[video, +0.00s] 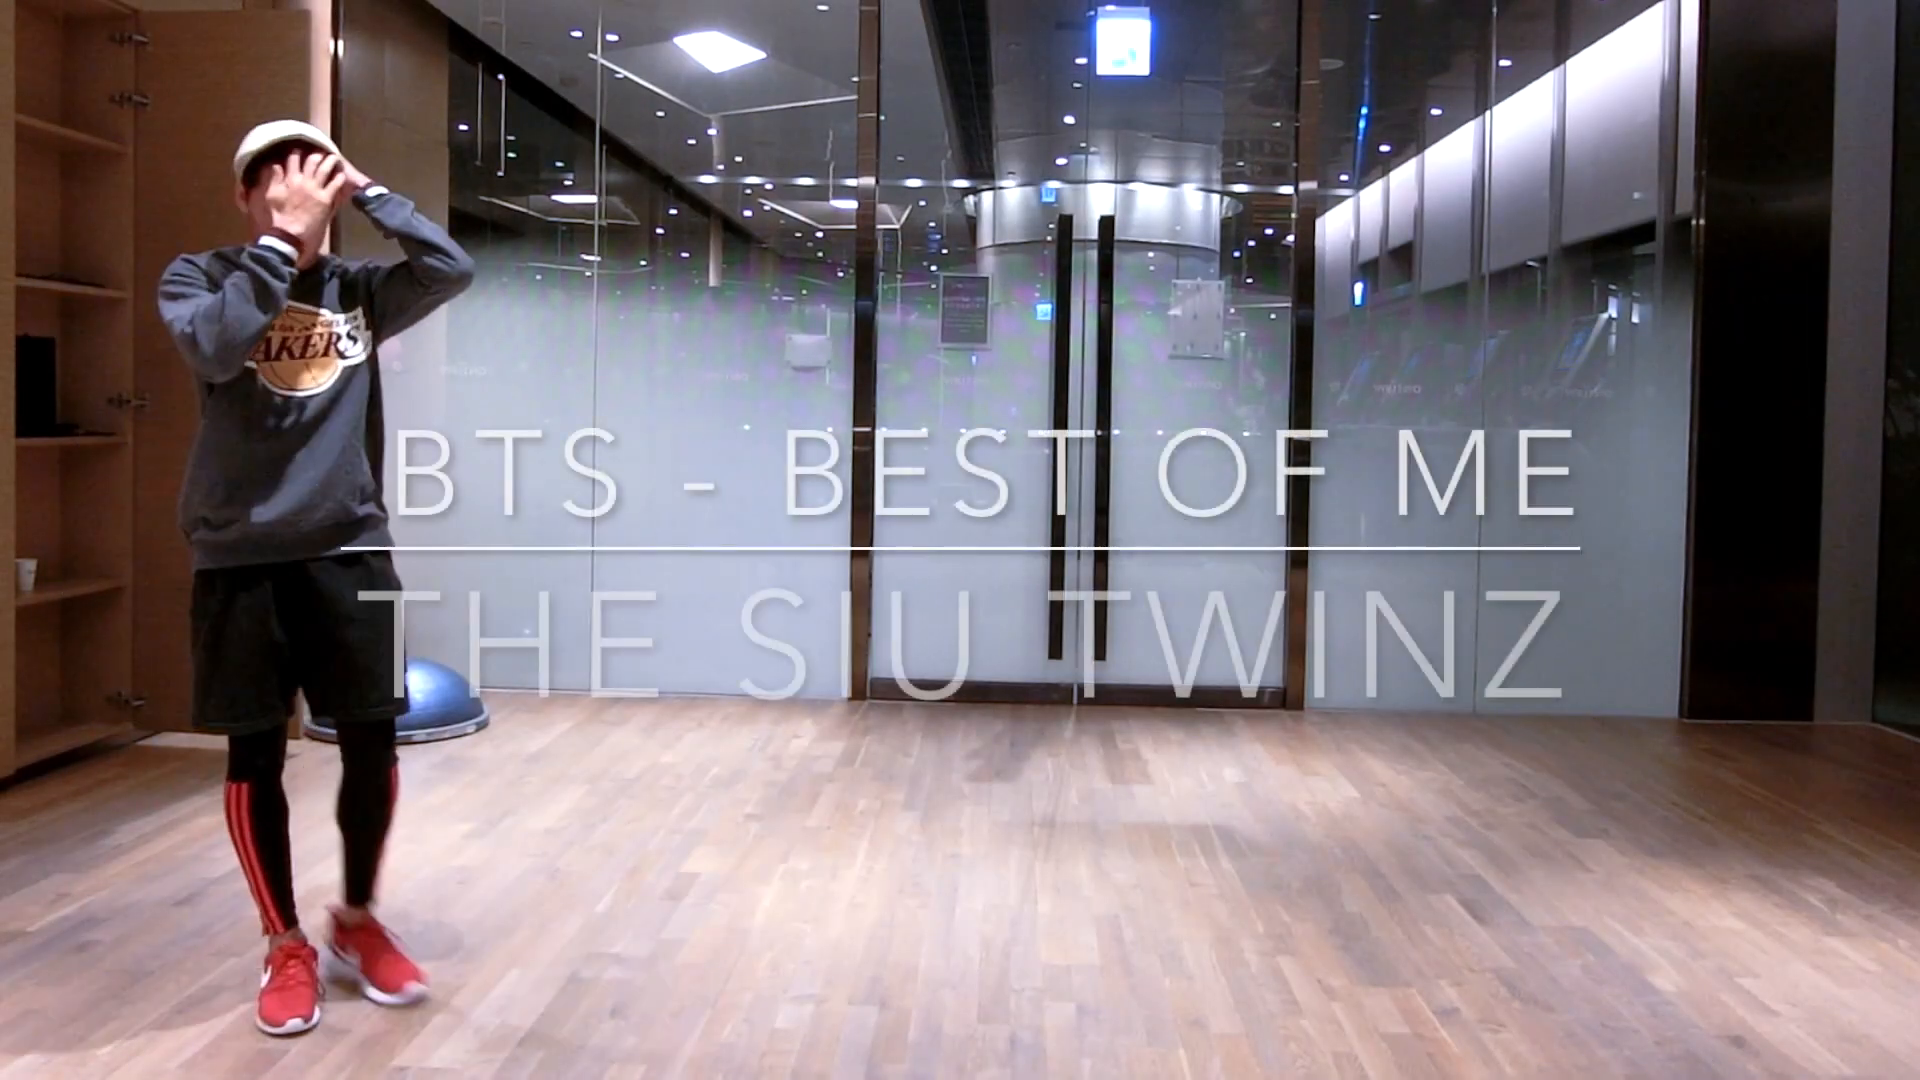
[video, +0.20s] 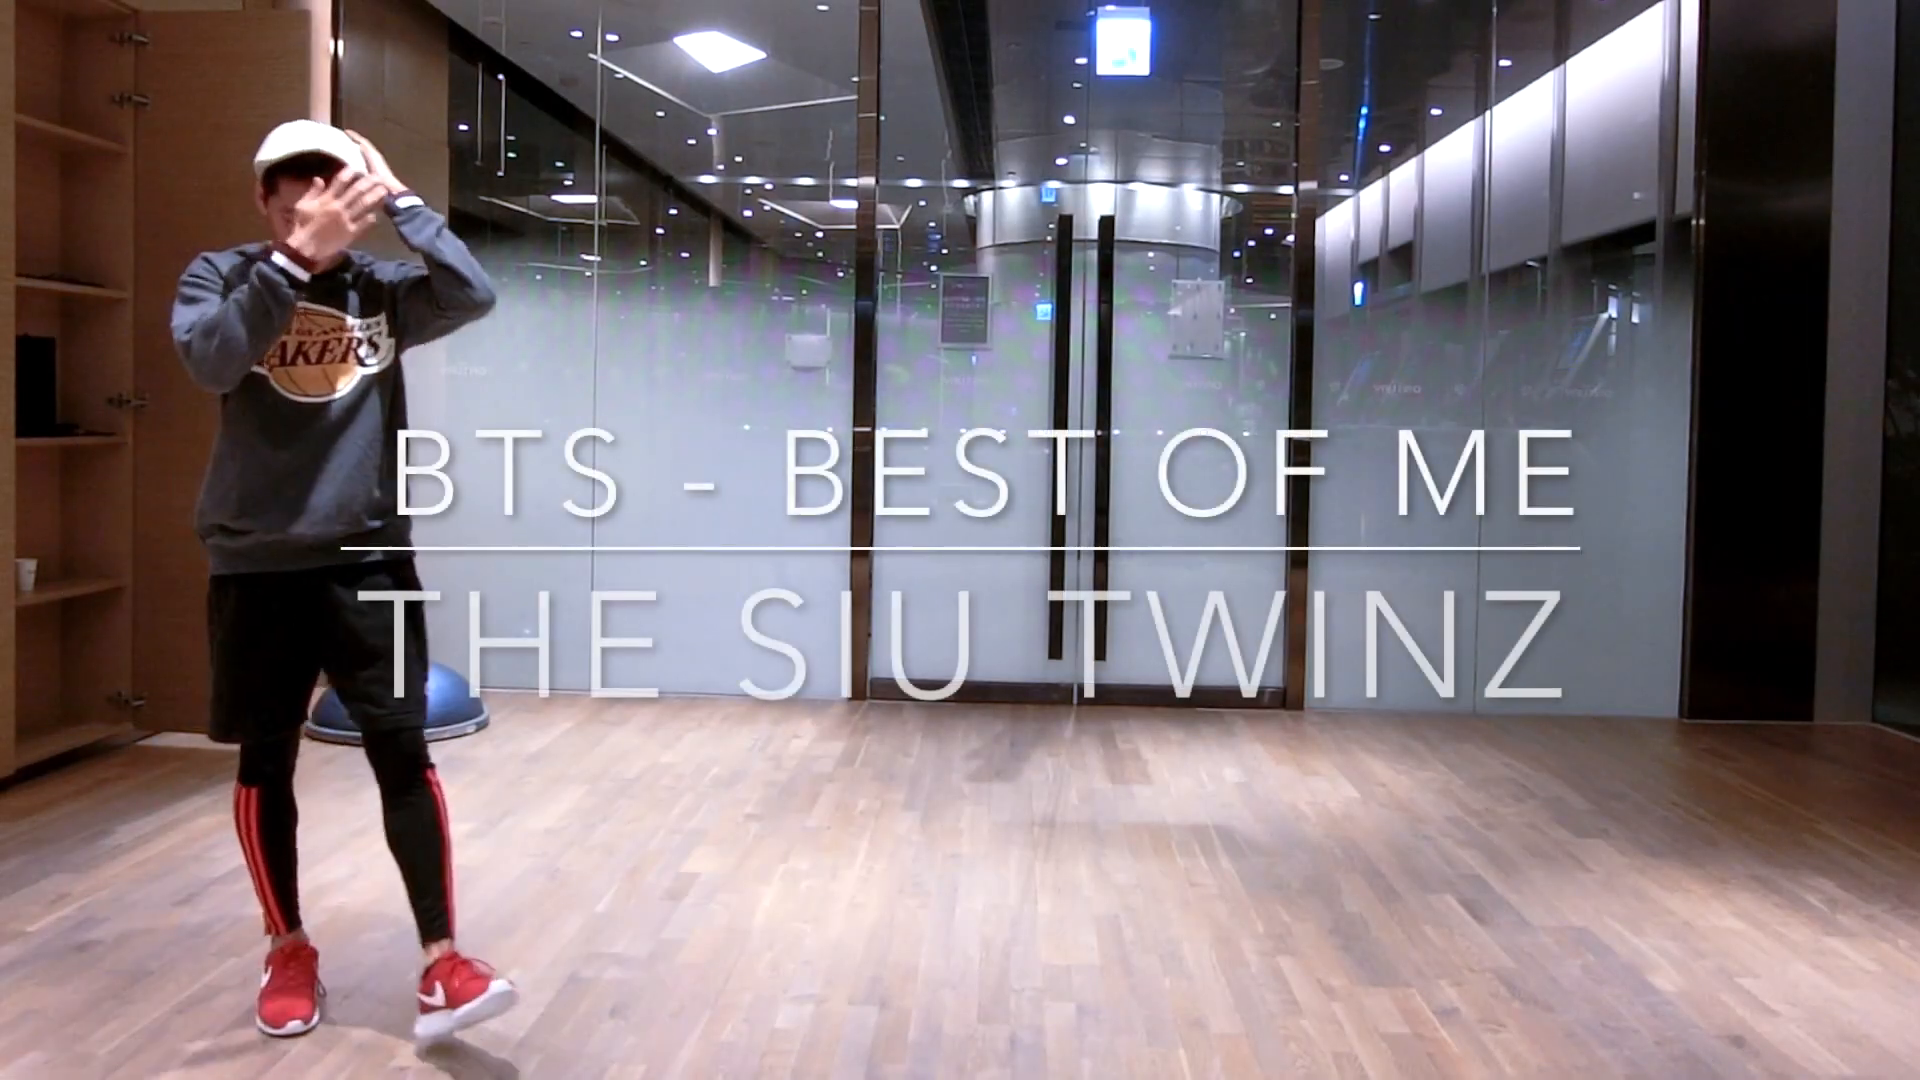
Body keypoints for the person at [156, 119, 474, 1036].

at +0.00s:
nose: (315, 176)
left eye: (322, 164)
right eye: (296, 162)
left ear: (335, 196)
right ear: (252, 190)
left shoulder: (353, 288)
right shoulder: (199, 276)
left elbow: (449, 265)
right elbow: (212, 350)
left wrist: (365, 192)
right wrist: (286, 239)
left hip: (350, 546)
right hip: (243, 554)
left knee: (373, 740)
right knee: (256, 753)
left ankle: (357, 923)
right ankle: (286, 949)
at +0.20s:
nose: (326, 197)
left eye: (339, 182)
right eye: (306, 178)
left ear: (359, 202)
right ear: (268, 195)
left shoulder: (373, 288)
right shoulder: (223, 274)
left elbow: (472, 294)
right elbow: (212, 362)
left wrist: (396, 204)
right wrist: (301, 254)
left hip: (367, 553)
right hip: (259, 558)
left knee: (403, 753)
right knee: (266, 761)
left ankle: (443, 960)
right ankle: (288, 952)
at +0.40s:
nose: (353, 228)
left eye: (369, 211)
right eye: (336, 211)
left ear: (390, 215)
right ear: (303, 214)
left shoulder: (424, 294)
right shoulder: (266, 291)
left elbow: (498, 379)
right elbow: (207, 376)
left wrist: (437, 260)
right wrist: (279, 255)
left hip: (400, 566)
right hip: (286, 569)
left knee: (425, 778)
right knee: (283, 773)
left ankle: (457, 993)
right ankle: (290, 950)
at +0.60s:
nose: (402, 197)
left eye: (419, 176)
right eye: (385, 181)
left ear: (452, 191)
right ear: (357, 198)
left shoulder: (491, 287)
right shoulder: (332, 280)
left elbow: (508, 386)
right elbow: (243, 344)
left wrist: (432, 270)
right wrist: (312, 225)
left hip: (450, 569)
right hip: (332, 566)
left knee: (461, 786)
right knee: (319, 778)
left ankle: (469, 1003)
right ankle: (302, 939)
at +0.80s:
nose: (431, 185)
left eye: (451, 163)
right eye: (418, 169)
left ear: (489, 184)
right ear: (398, 192)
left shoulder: (529, 274)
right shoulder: (361, 270)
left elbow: (531, 366)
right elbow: (278, 326)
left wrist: (463, 246)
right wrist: (358, 203)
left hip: (481, 569)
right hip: (358, 563)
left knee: (480, 790)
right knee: (321, 791)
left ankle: (471, 1004)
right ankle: (349, 949)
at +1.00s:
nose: (451, 210)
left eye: (469, 190)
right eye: (435, 194)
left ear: (503, 196)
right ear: (407, 202)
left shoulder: (550, 278)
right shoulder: (375, 276)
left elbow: (570, 380)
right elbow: (287, 328)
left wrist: (516, 243)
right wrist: (367, 208)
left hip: (500, 575)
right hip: (379, 573)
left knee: (489, 801)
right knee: (366, 807)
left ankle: (470, 1010)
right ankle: (351, 1049)